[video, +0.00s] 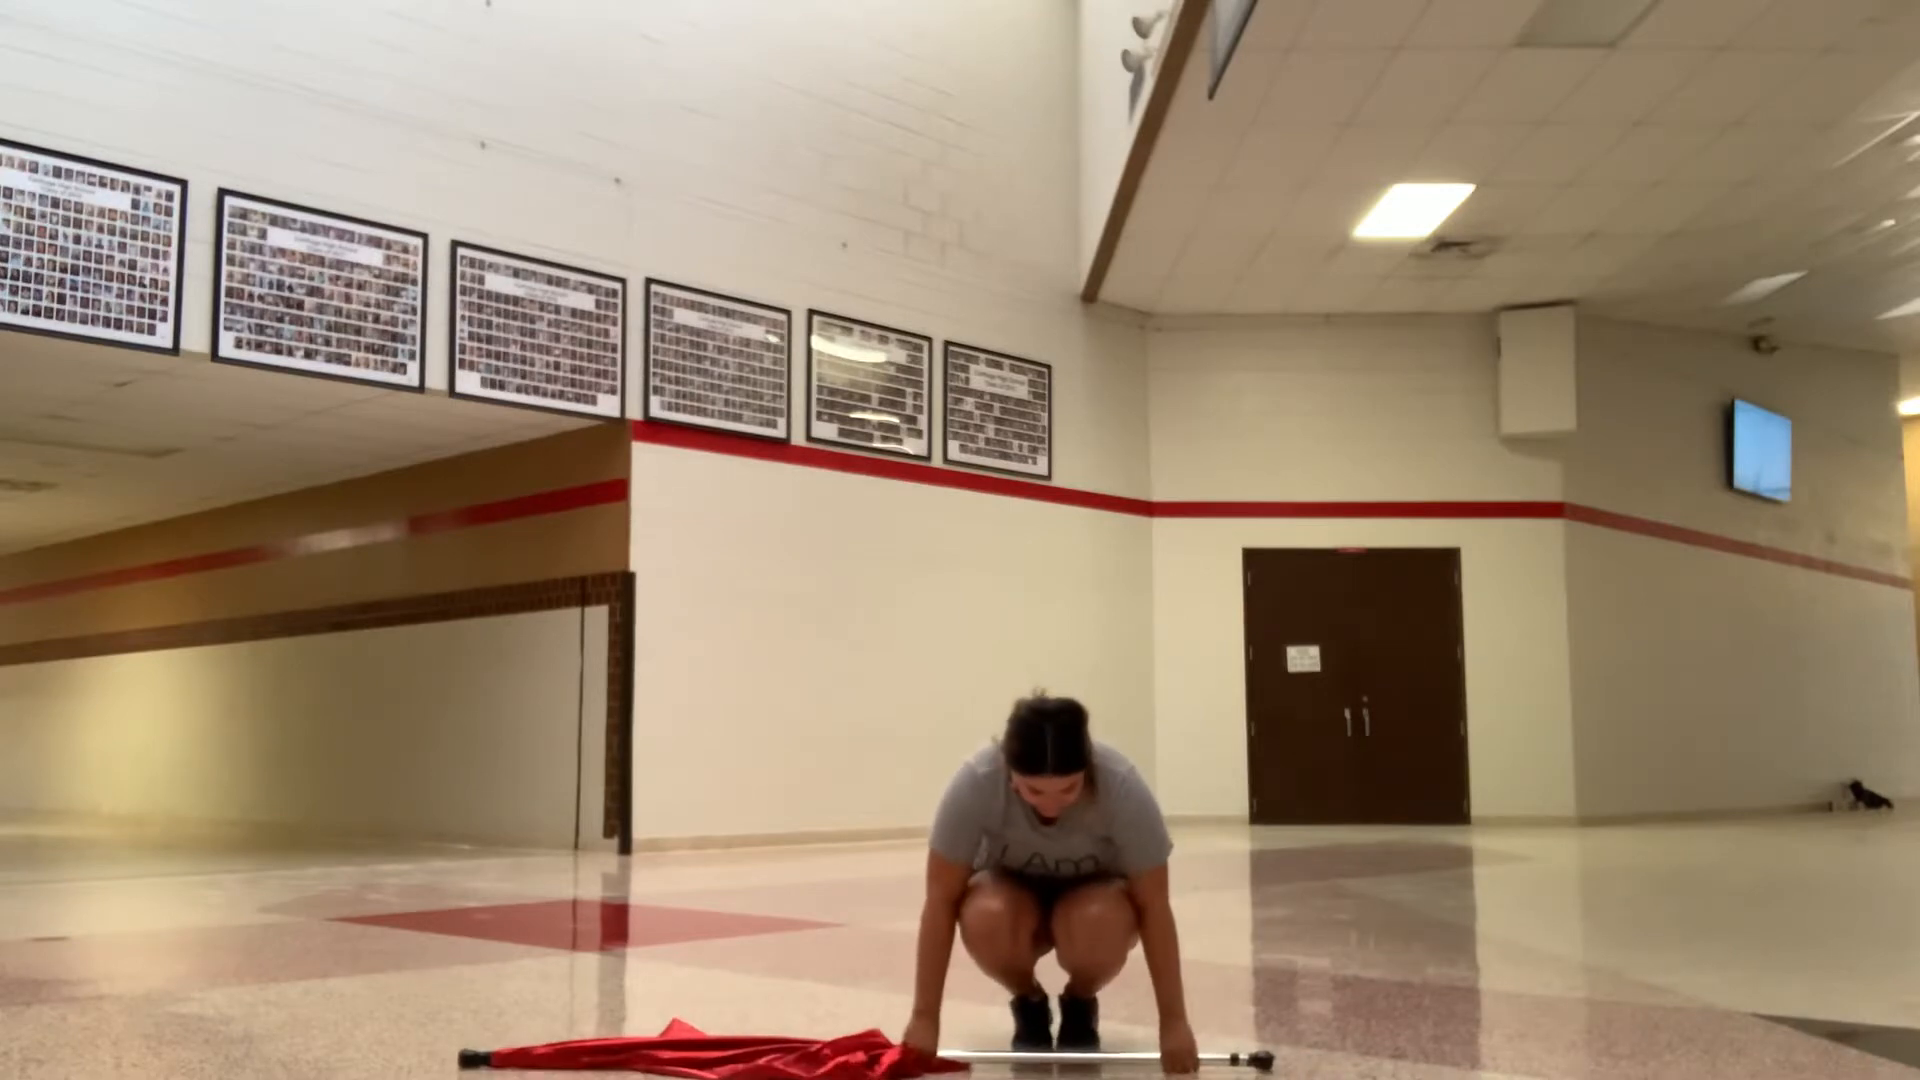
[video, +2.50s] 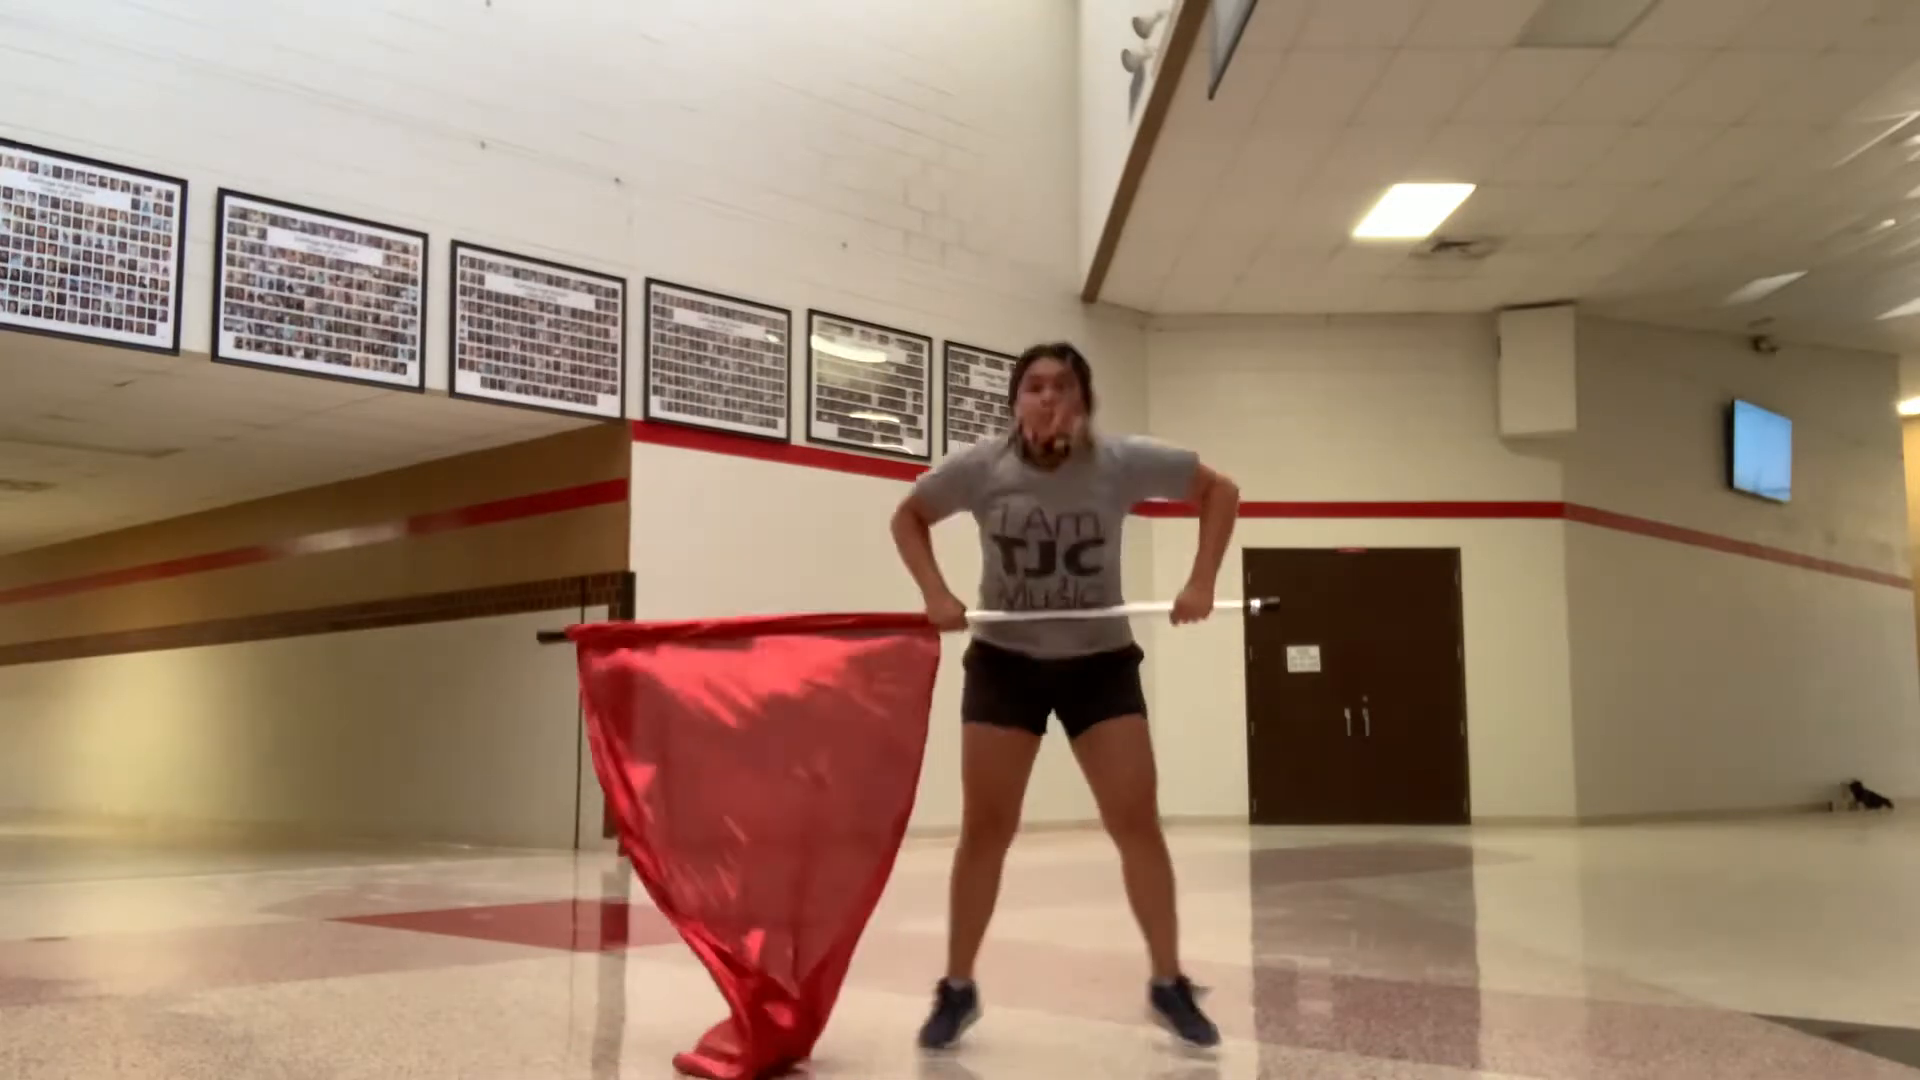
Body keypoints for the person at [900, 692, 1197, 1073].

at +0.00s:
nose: (1051, 806)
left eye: (1067, 790)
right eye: (1034, 791)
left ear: (1085, 772)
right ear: (1012, 774)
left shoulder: (1124, 791)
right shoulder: (975, 787)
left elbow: (1155, 910)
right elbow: (940, 903)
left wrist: (1174, 1024)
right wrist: (924, 1018)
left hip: (1092, 905)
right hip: (1018, 906)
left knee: (1099, 922)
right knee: (986, 915)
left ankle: (1080, 1002)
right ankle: (1028, 1002)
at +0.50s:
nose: (1044, 801)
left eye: (1061, 786)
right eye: (1028, 786)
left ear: (1080, 766)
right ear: (1008, 769)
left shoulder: (1120, 790)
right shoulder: (972, 787)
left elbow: (1152, 909)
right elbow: (941, 905)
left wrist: (1173, 1023)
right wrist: (923, 1017)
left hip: (1090, 908)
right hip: (1017, 909)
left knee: (1099, 921)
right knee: (985, 918)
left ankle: (1080, 1003)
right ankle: (1031, 1001)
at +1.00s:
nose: (1046, 804)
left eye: (1062, 789)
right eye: (1030, 789)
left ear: (1081, 770)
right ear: (1010, 773)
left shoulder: (1121, 788)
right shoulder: (975, 786)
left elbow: (1156, 906)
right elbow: (942, 902)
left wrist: (1173, 1022)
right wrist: (924, 1017)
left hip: (1092, 909)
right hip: (1019, 909)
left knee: (1102, 920)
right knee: (987, 917)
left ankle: (1082, 1004)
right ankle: (1032, 1002)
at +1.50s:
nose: (1044, 806)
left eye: (1060, 791)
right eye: (1029, 792)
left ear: (1080, 773)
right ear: (1007, 774)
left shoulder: (1120, 789)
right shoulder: (973, 787)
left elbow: (1156, 910)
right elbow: (940, 905)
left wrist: (1173, 1024)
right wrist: (923, 1017)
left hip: (1092, 908)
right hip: (1019, 908)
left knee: (1101, 921)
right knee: (987, 917)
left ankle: (1082, 1003)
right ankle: (1032, 1001)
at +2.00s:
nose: (1037, 779)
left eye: (1053, 765)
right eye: (1022, 765)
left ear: (1076, 746)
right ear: (1004, 746)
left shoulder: (1115, 761)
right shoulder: (975, 765)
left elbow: (1153, 887)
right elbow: (945, 891)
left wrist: (1173, 1001)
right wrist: (924, 1002)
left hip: (1094, 847)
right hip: (1018, 848)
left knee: (1093, 890)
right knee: (999, 888)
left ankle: (1079, 1004)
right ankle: (1037, 1002)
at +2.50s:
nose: (1048, 398)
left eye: (1062, 388)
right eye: (1035, 388)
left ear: (1084, 403)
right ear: (1015, 402)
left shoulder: (1118, 463)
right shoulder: (982, 465)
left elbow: (1220, 491)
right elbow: (908, 518)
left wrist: (1202, 580)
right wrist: (935, 592)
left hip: (1099, 662)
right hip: (1005, 662)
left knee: (1137, 821)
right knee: (985, 829)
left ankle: (1169, 982)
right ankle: (957, 986)